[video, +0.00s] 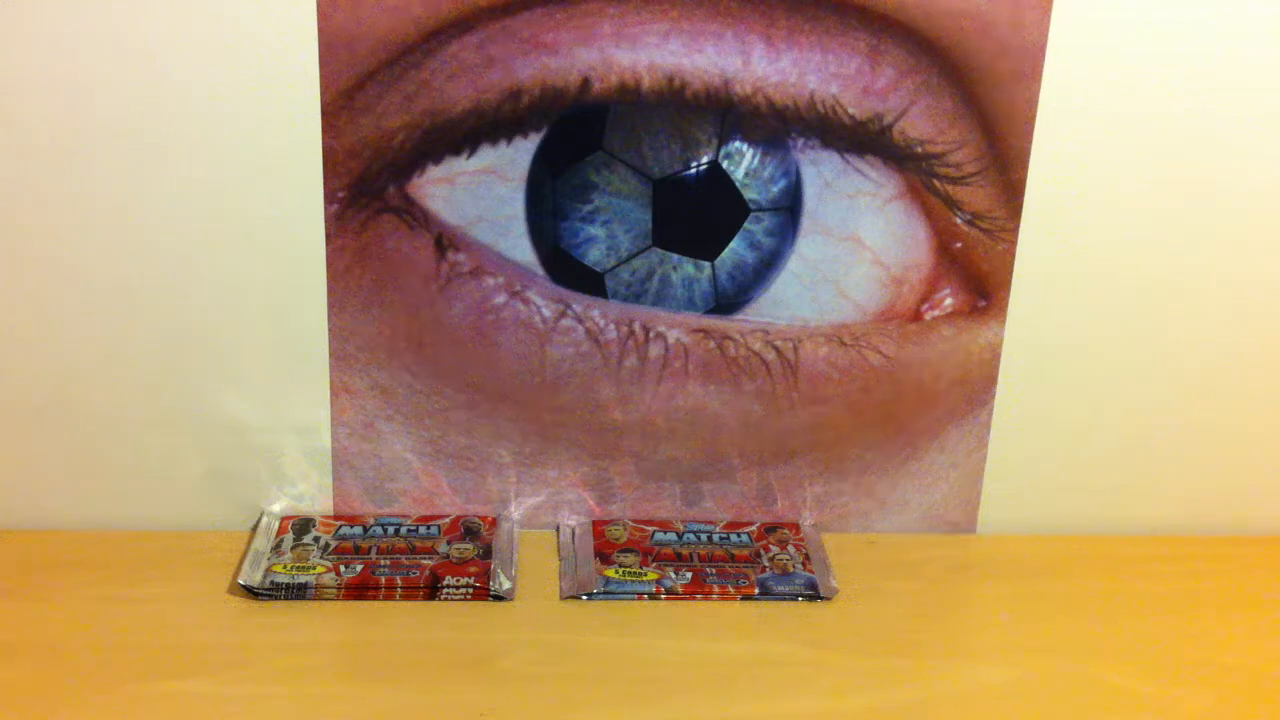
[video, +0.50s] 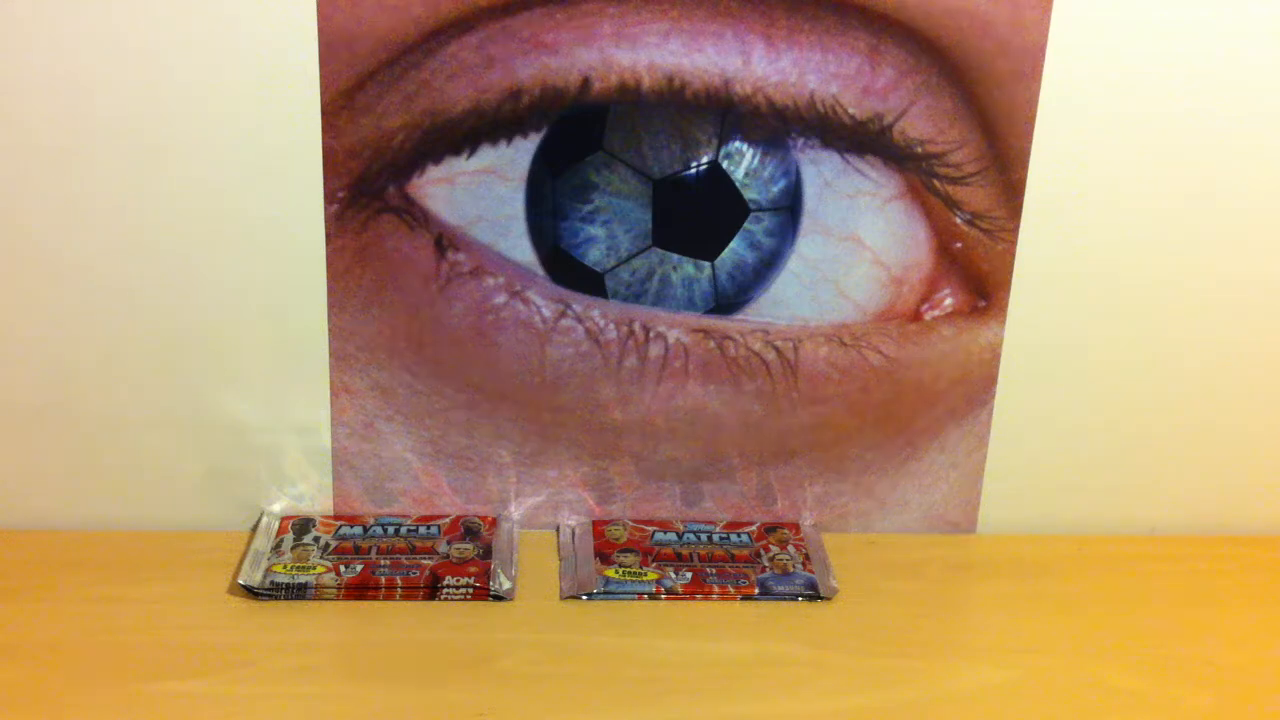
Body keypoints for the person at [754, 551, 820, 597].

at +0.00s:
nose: (785, 563)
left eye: (788, 560)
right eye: (780, 560)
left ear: (792, 562)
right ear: (773, 563)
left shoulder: (809, 579)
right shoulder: (763, 580)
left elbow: (821, 601)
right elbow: (760, 604)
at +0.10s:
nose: (785, 563)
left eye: (788, 560)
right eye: (780, 560)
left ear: (792, 562)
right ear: (773, 563)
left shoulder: (809, 579)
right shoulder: (763, 580)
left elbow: (821, 601)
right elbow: (760, 604)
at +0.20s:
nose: (785, 563)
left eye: (788, 560)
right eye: (780, 560)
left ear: (792, 562)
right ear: (773, 563)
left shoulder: (809, 579)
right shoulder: (763, 580)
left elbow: (821, 601)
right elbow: (760, 604)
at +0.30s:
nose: (785, 563)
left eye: (788, 560)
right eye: (780, 560)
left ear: (792, 562)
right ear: (773, 563)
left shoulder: (809, 579)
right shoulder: (763, 580)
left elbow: (821, 601)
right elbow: (760, 604)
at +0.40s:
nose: (785, 562)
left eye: (788, 560)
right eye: (780, 560)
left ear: (792, 562)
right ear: (773, 563)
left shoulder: (809, 579)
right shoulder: (763, 580)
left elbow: (821, 601)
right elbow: (760, 604)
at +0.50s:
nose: (785, 563)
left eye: (787, 560)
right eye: (780, 560)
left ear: (792, 563)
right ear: (773, 563)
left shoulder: (809, 579)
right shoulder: (763, 580)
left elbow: (818, 603)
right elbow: (760, 604)